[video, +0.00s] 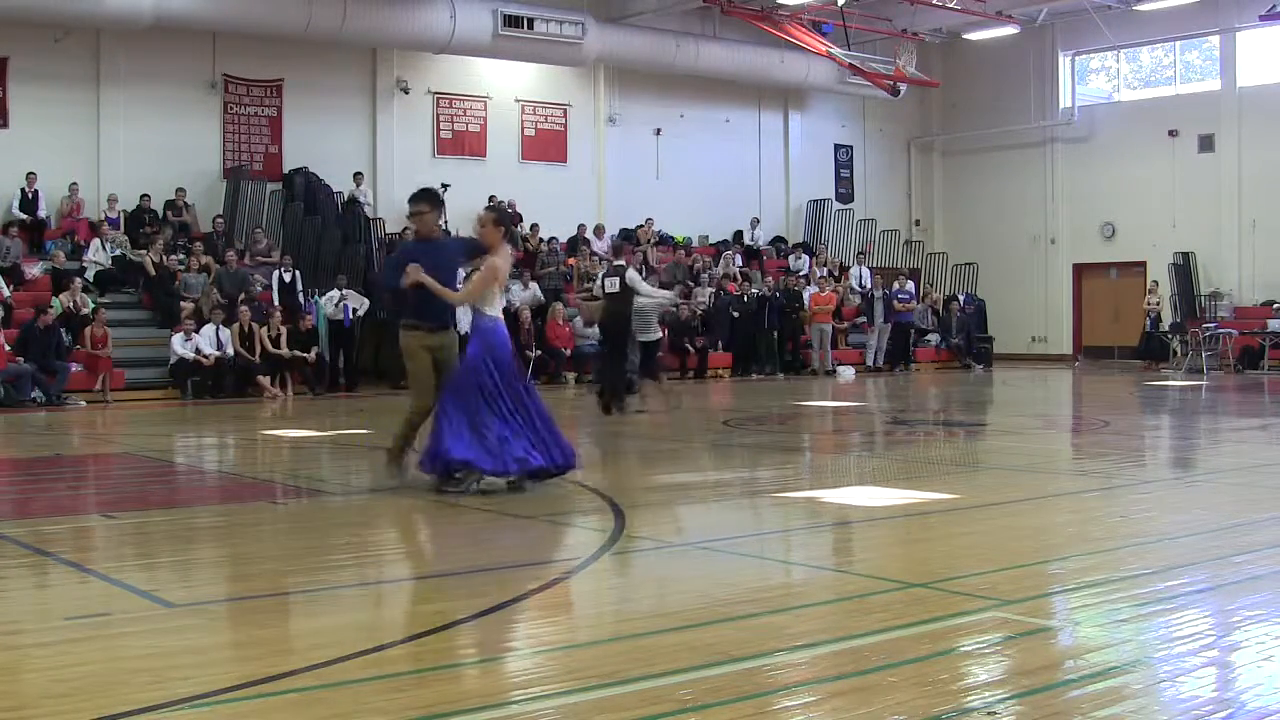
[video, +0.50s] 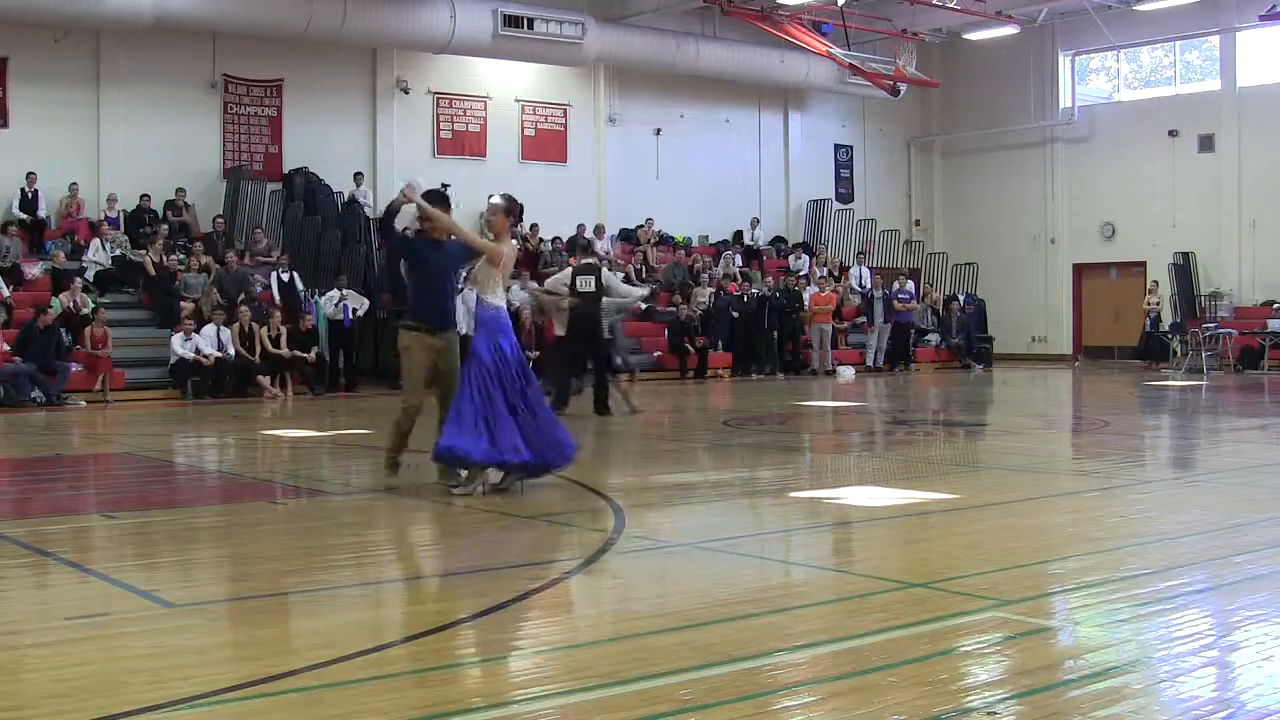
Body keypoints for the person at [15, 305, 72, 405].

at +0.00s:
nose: (52, 317)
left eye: (52, 315)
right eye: (50, 315)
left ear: (43, 316)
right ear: (42, 316)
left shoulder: (54, 328)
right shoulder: (28, 328)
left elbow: (60, 347)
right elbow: (19, 347)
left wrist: (61, 360)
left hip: (49, 359)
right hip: (33, 360)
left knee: (64, 367)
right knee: (32, 371)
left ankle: (55, 393)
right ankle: (51, 394)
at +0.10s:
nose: (52, 318)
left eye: (52, 315)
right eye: (50, 315)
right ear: (41, 316)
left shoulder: (54, 328)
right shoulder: (28, 329)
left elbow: (60, 347)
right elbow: (19, 348)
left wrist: (61, 360)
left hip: (49, 360)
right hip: (33, 360)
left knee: (64, 367)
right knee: (31, 371)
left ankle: (54, 393)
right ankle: (51, 395)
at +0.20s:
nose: (52, 318)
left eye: (52, 315)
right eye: (50, 315)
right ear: (41, 316)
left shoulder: (54, 329)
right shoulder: (28, 329)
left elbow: (60, 348)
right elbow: (19, 347)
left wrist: (61, 360)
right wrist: (20, 358)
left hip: (49, 360)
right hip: (33, 360)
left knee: (64, 367)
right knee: (31, 371)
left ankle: (55, 393)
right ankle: (51, 394)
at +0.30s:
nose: (52, 318)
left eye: (52, 315)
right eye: (50, 315)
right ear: (41, 316)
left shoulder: (53, 329)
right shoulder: (28, 329)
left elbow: (60, 347)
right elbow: (19, 347)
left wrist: (61, 360)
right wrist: (20, 358)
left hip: (48, 360)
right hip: (33, 360)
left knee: (64, 367)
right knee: (31, 371)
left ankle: (55, 393)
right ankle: (51, 395)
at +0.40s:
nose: (52, 318)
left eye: (52, 315)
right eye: (50, 315)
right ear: (41, 316)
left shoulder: (54, 328)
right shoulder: (28, 329)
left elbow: (60, 348)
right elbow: (19, 347)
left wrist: (61, 361)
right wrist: (19, 357)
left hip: (49, 360)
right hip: (33, 360)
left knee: (64, 367)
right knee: (31, 370)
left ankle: (55, 393)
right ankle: (50, 394)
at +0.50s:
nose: (52, 318)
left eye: (52, 315)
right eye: (49, 315)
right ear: (41, 316)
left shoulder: (54, 329)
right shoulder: (28, 328)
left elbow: (60, 347)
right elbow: (19, 346)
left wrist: (61, 360)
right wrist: (18, 356)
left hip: (49, 360)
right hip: (32, 361)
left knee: (64, 367)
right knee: (30, 371)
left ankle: (55, 393)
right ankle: (50, 395)